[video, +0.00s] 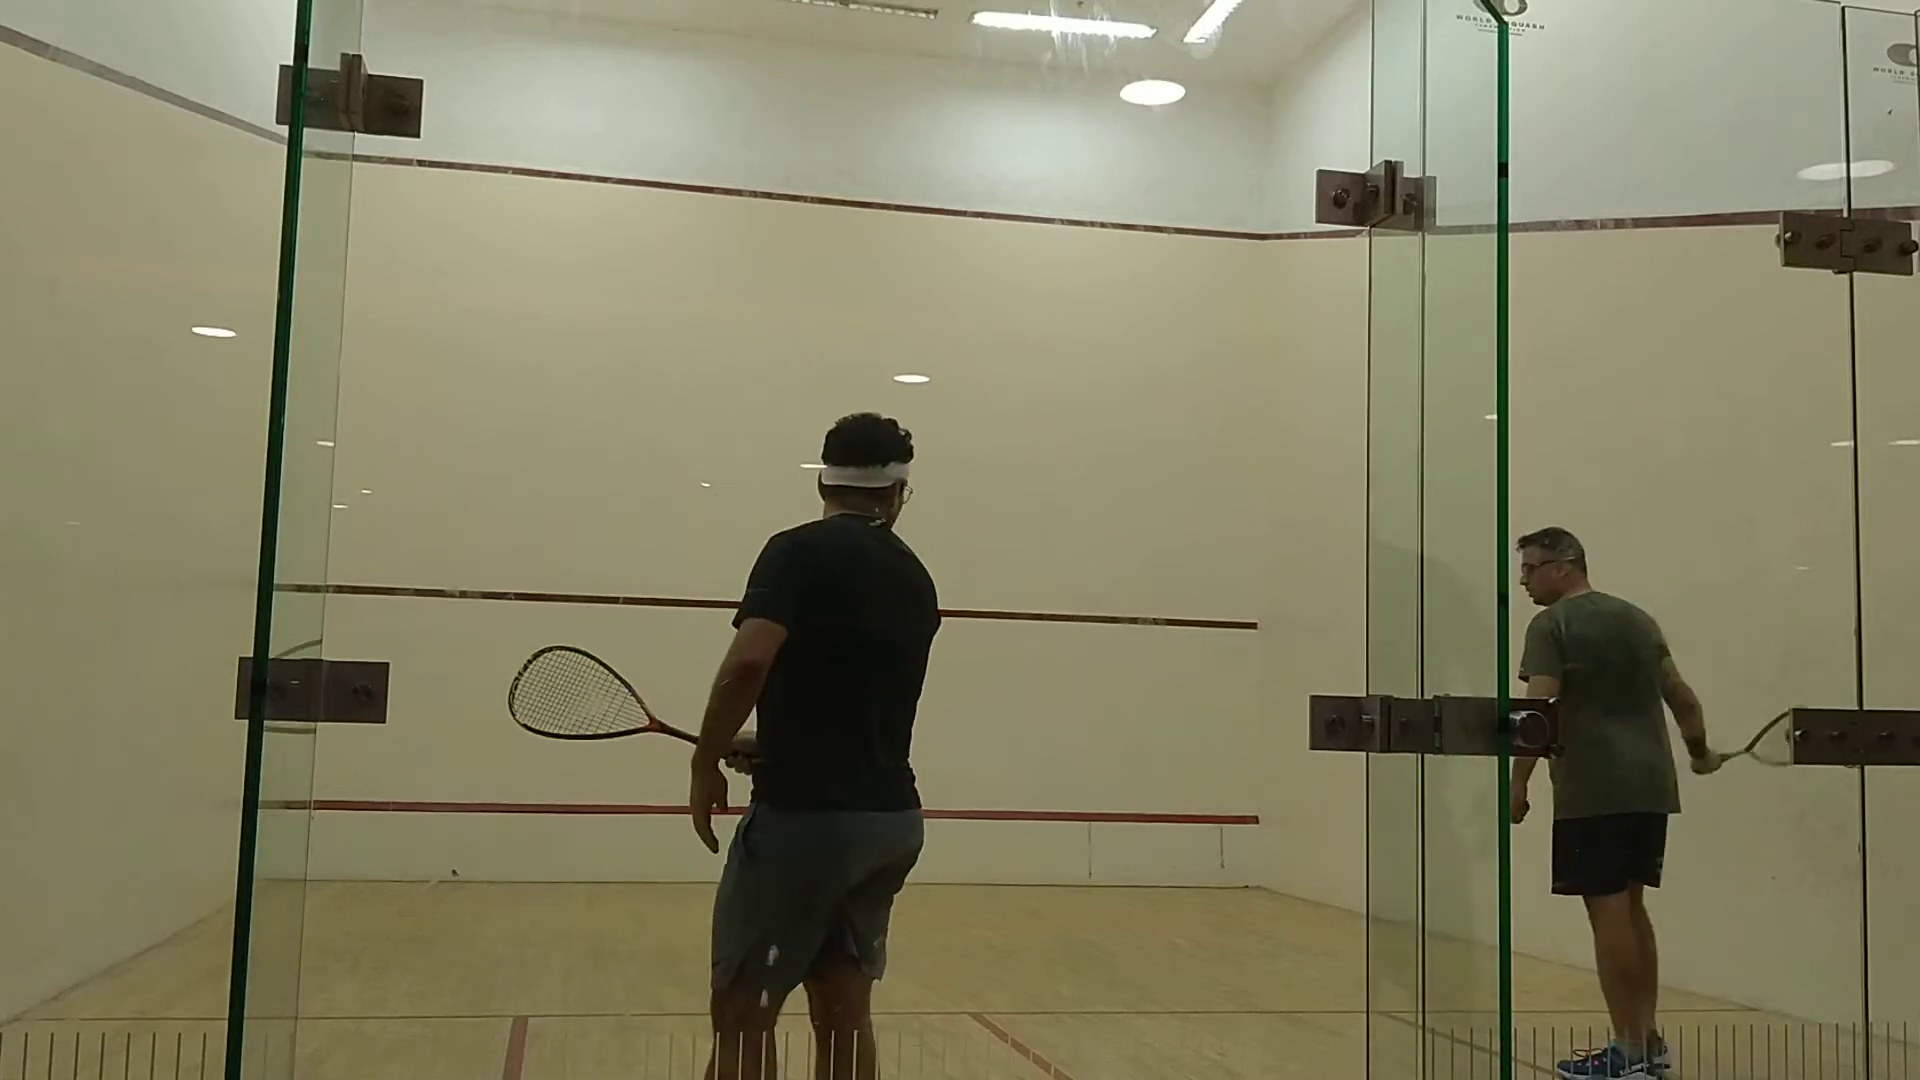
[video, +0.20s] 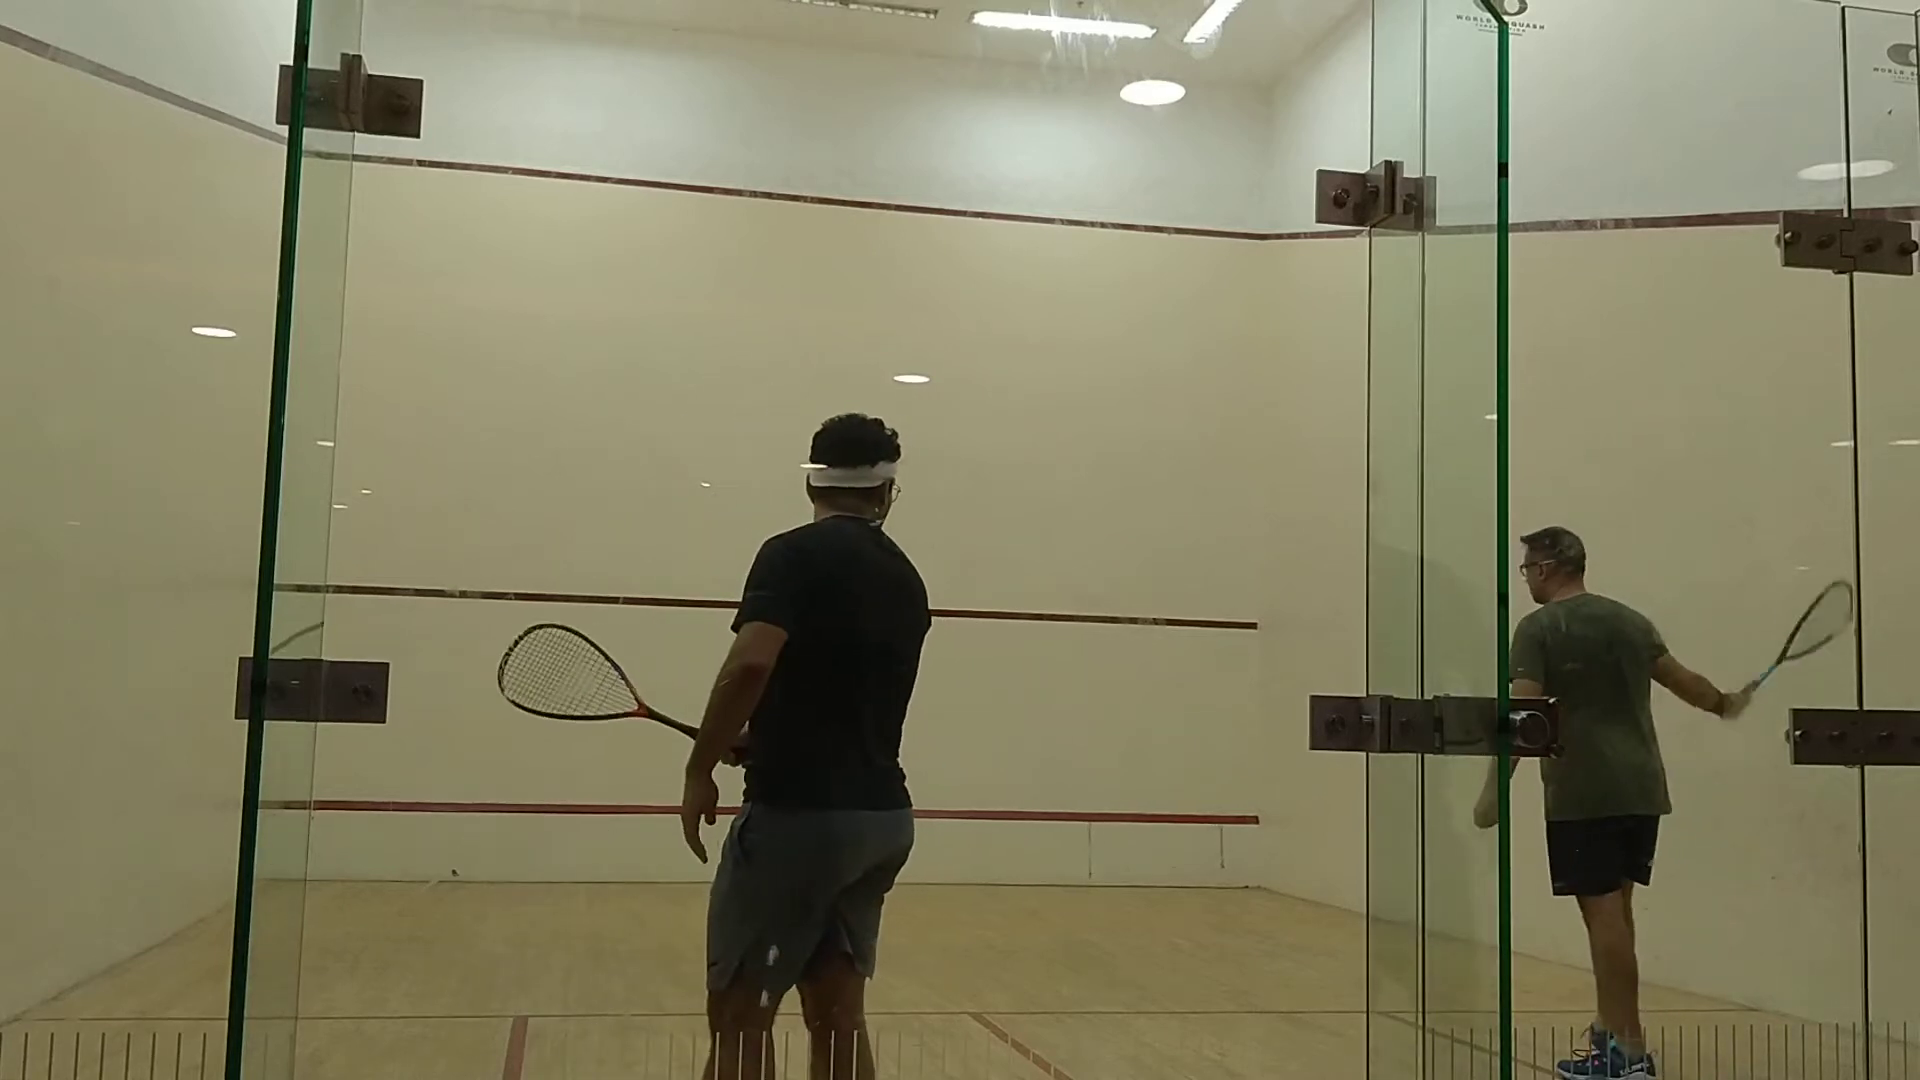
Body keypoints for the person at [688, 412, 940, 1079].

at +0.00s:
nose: (899, 499)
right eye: (901, 489)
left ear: (824, 483)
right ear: (900, 492)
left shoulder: (794, 553)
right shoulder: (916, 579)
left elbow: (747, 666)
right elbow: (874, 706)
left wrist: (706, 758)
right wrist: (770, 742)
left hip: (797, 824)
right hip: (890, 823)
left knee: (742, 1014)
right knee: (843, 1007)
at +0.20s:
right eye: (888, 485)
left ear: (813, 485)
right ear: (890, 492)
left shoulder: (789, 555)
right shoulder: (906, 579)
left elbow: (749, 669)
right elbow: (863, 701)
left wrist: (700, 770)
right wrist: (762, 735)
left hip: (791, 823)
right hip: (882, 822)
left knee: (739, 1014)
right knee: (837, 1008)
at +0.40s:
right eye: (877, 484)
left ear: (803, 485)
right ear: (879, 491)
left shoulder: (784, 554)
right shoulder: (895, 577)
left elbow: (747, 669)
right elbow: (853, 700)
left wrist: (690, 773)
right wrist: (751, 737)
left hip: (783, 822)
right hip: (873, 819)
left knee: (734, 1009)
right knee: (831, 1001)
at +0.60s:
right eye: (872, 482)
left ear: (794, 484)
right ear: (871, 489)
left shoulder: (774, 557)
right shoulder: (890, 577)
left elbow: (738, 672)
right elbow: (850, 697)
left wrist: (687, 777)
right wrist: (744, 728)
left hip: (778, 821)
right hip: (870, 819)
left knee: (729, 1009)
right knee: (830, 1003)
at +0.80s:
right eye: (869, 478)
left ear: (790, 480)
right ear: (867, 485)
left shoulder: (764, 560)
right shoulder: (892, 579)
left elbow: (723, 673)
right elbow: (854, 703)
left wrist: (674, 779)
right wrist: (753, 733)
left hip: (775, 822)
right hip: (870, 819)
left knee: (726, 1012)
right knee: (834, 1011)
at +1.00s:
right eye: (861, 478)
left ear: (784, 480)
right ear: (860, 485)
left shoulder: (755, 563)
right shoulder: (897, 580)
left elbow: (707, 673)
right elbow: (871, 702)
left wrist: (659, 773)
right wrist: (772, 760)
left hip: (772, 824)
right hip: (870, 821)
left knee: (726, 1011)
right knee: (835, 1010)